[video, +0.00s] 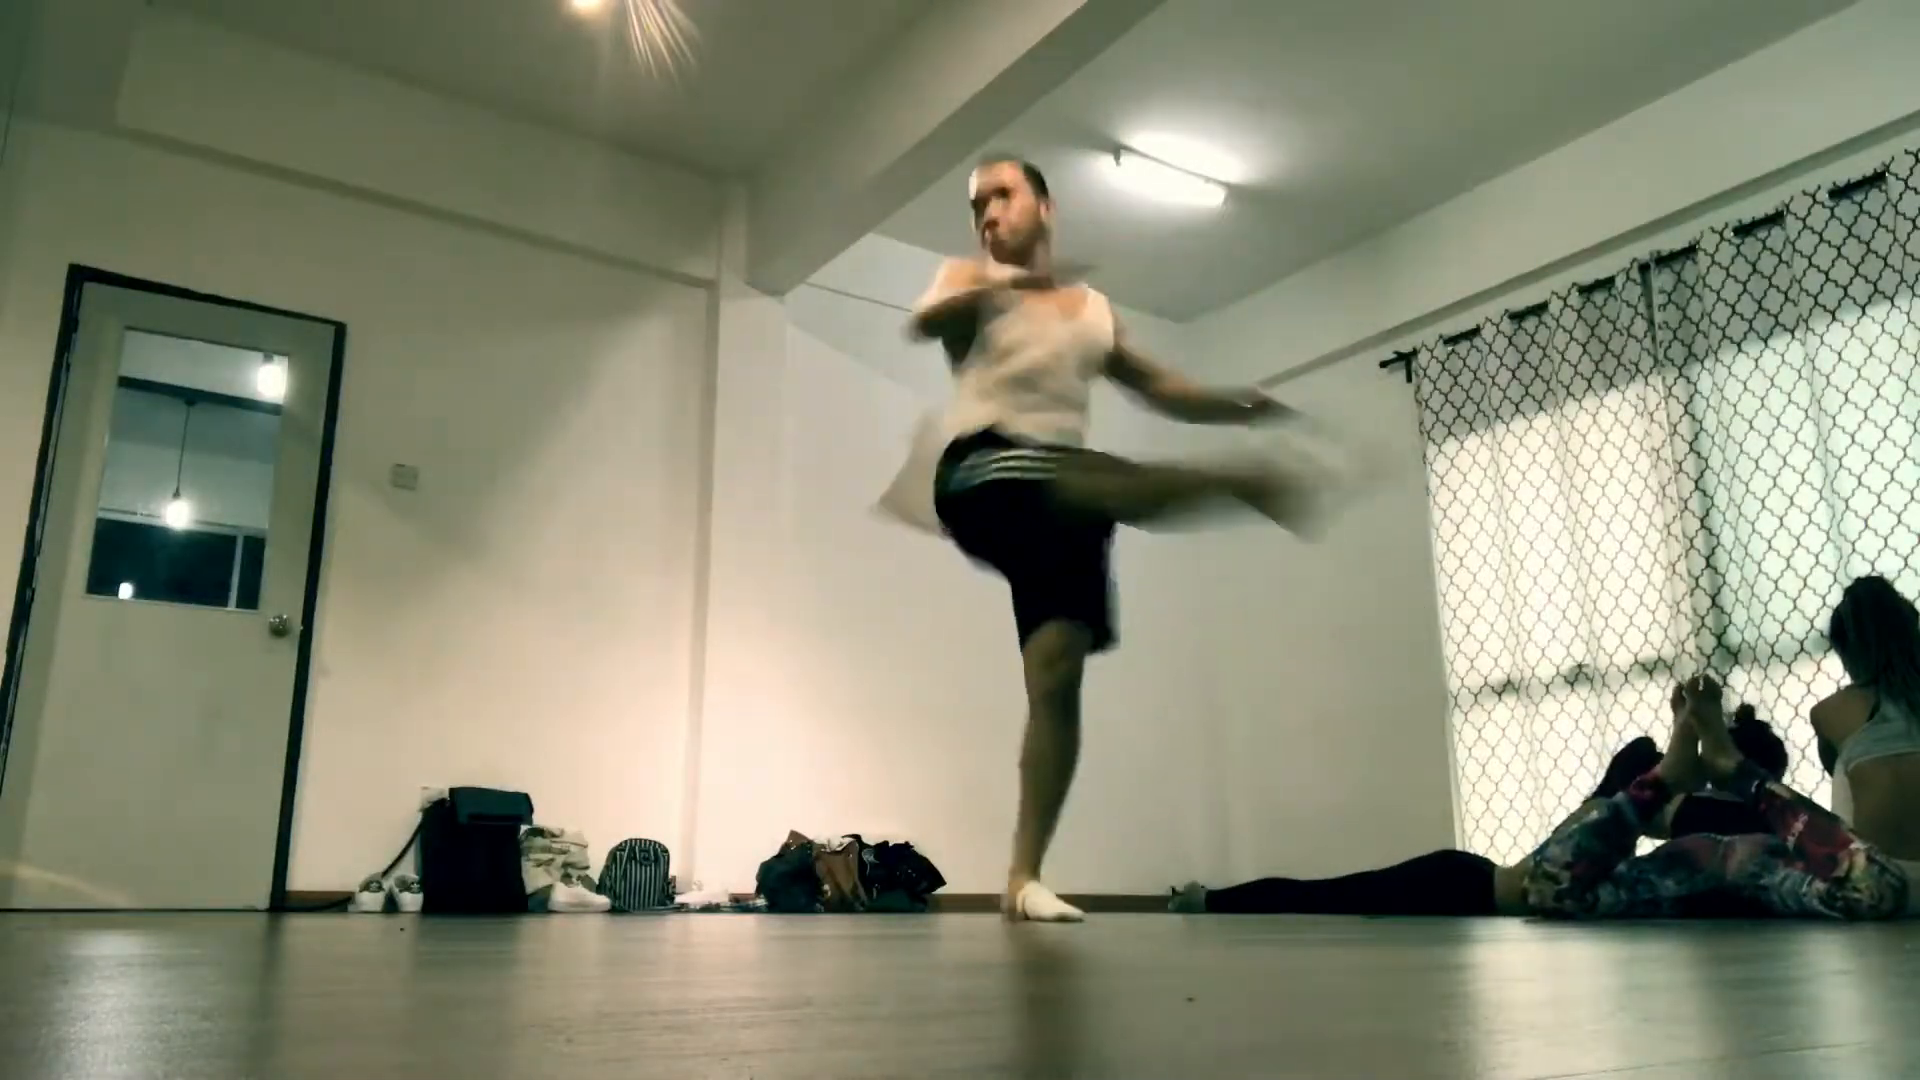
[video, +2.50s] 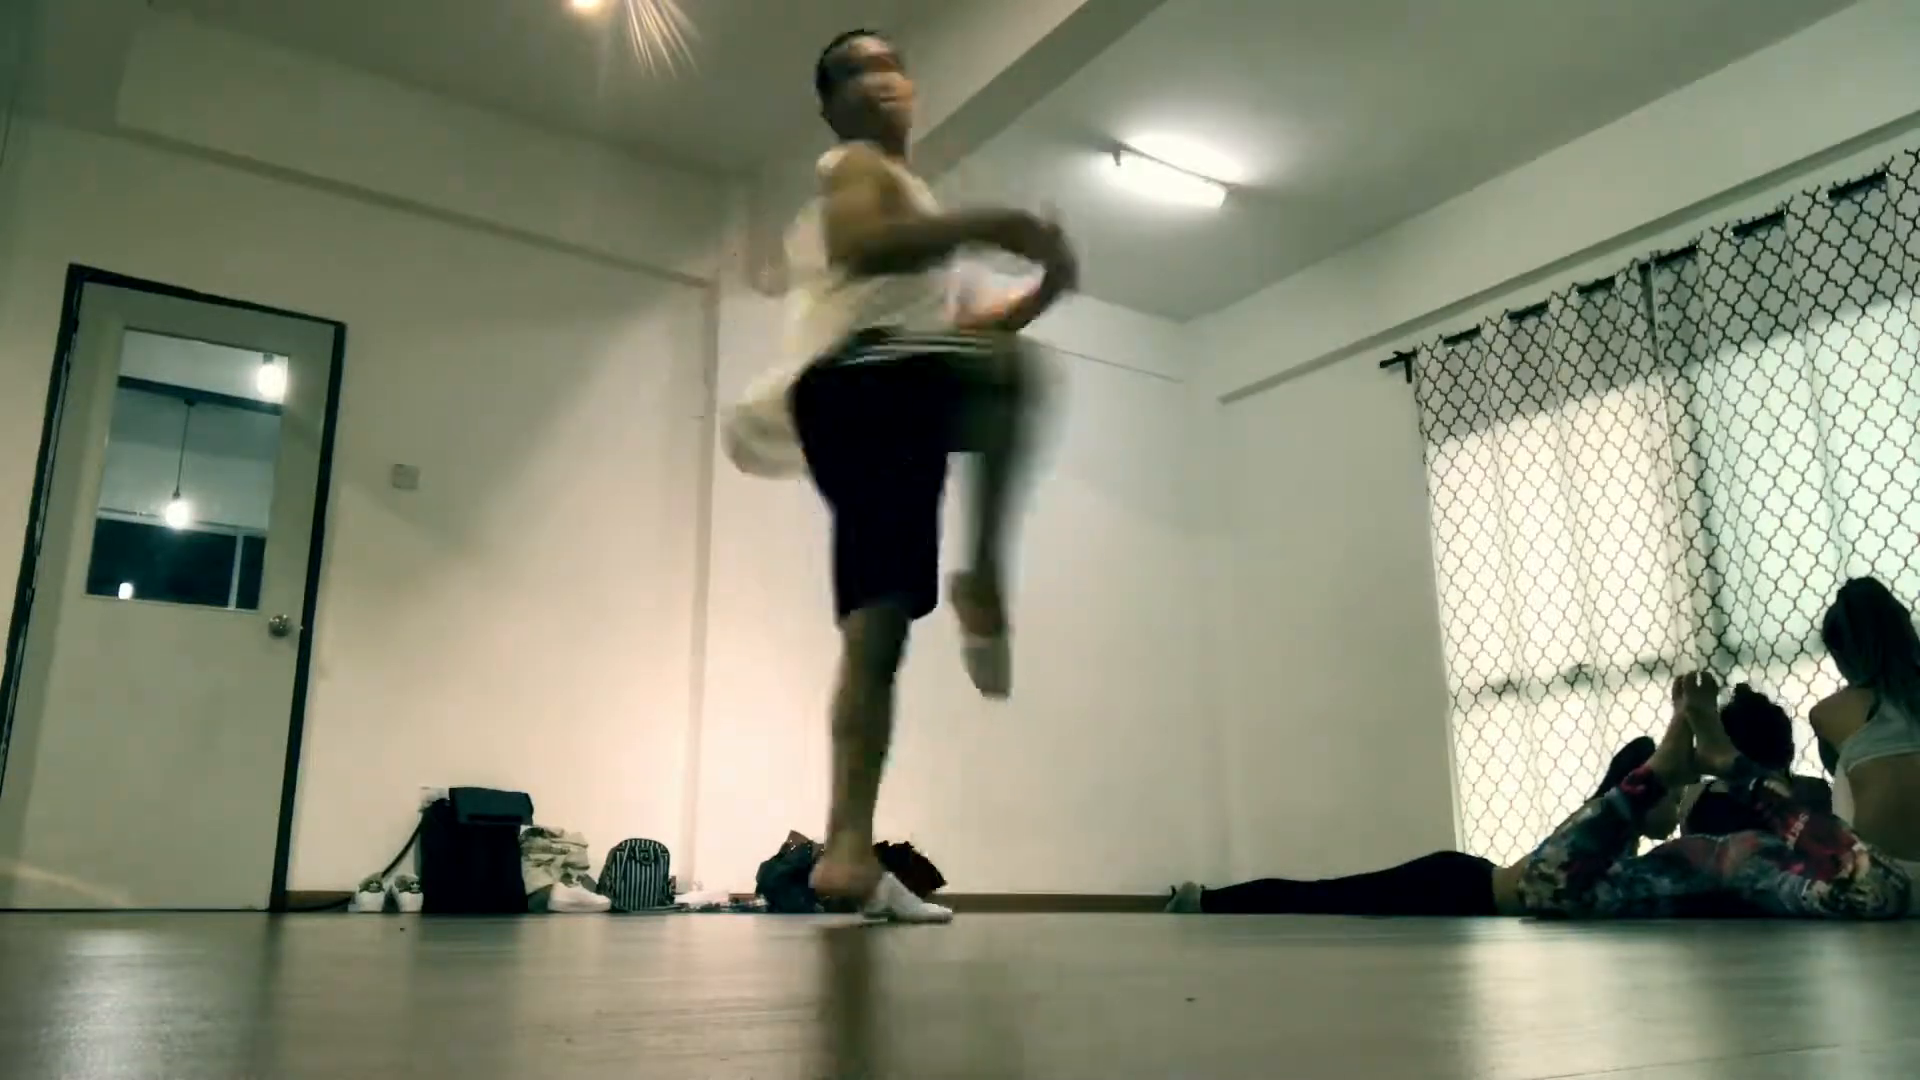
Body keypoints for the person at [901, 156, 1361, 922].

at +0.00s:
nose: (989, 212)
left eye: (1001, 195)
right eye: (980, 205)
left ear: (1045, 206)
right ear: (978, 224)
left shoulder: (1087, 308)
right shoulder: (968, 278)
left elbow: (1159, 386)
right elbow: (924, 322)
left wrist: (1238, 404)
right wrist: (976, 298)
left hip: (1063, 476)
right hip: (983, 465)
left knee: (1054, 681)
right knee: (1129, 487)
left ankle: (1024, 879)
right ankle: (1253, 482)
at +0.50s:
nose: (953, 117)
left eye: (970, 103)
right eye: (953, 105)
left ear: (1021, 119)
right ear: (1017, 130)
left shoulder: (984, 175)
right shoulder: (1052, 217)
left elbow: (965, 245)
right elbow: (1103, 355)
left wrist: (822, 266)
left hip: (1006, 439)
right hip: (1070, 436)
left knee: (1023, 646)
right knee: (997, 497)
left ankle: (1043, 845)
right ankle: (985, 595)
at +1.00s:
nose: (946, 193)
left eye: (958, 175)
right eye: (937, 184)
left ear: (1007, 179)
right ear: (941, 205)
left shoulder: (1087, 263)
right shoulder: (936, 289)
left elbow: (1211, 287)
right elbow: (807, 298)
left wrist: (1339, 290)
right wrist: (691, 280)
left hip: (1045, 494)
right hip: (956, 473)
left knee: (1023, 684)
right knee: (867, 392)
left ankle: (985, 884)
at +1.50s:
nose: (874, 95)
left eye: (880, 83)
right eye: (884, 81)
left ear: (889, 96)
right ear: (959, 107)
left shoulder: (837, 185)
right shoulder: (988, 172)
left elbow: (813, 307)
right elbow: (1088, 244)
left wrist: (894, 289)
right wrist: (1043, 271)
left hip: (906, 447)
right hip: (1006, 409)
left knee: (951, 649)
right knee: (1102, 511)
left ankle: (996, 840)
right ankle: (1176, 597)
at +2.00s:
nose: (866, 89)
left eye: (883, 71)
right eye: (862, 77)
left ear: (941, 79)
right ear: (881, 99)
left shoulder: (1008, 154)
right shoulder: (869, 207)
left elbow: (1147, 165)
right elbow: (773, 260)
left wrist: (1285, 173)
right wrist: (697, 283)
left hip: (979, 430)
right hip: (880, 403)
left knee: (950, 643)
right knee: (723, 453)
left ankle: (928, 868)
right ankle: (506, 495)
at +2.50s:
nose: (887, 79)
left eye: (894, 65)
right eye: (864, 70)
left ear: (913, 87)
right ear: (836, 103)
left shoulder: (910, 202)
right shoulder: (855, 162)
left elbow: (953, 326)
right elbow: (861, 236)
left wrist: (1038, 295)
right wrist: (994, 228)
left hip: (871, 406)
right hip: (859, 378)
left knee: (875, 630)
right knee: (1016, 373)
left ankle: (848, 855)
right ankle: (981, 590)